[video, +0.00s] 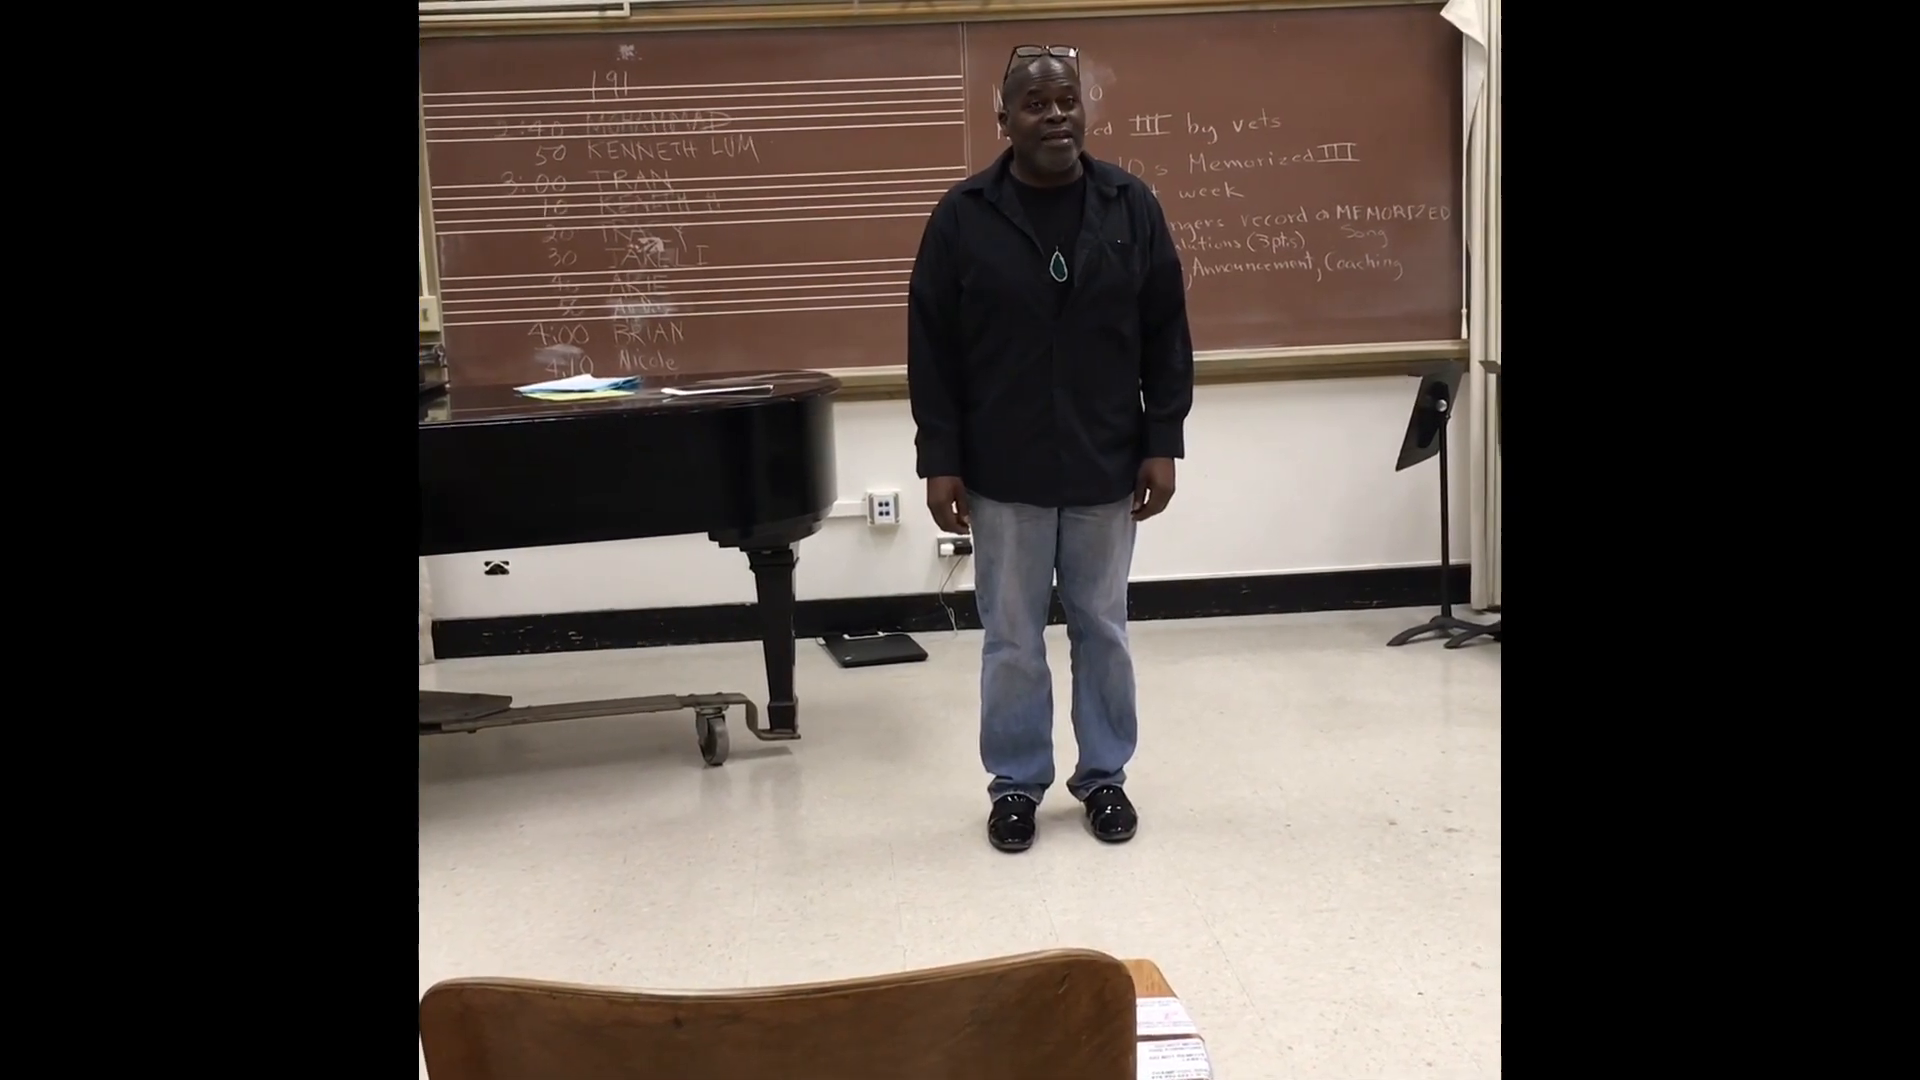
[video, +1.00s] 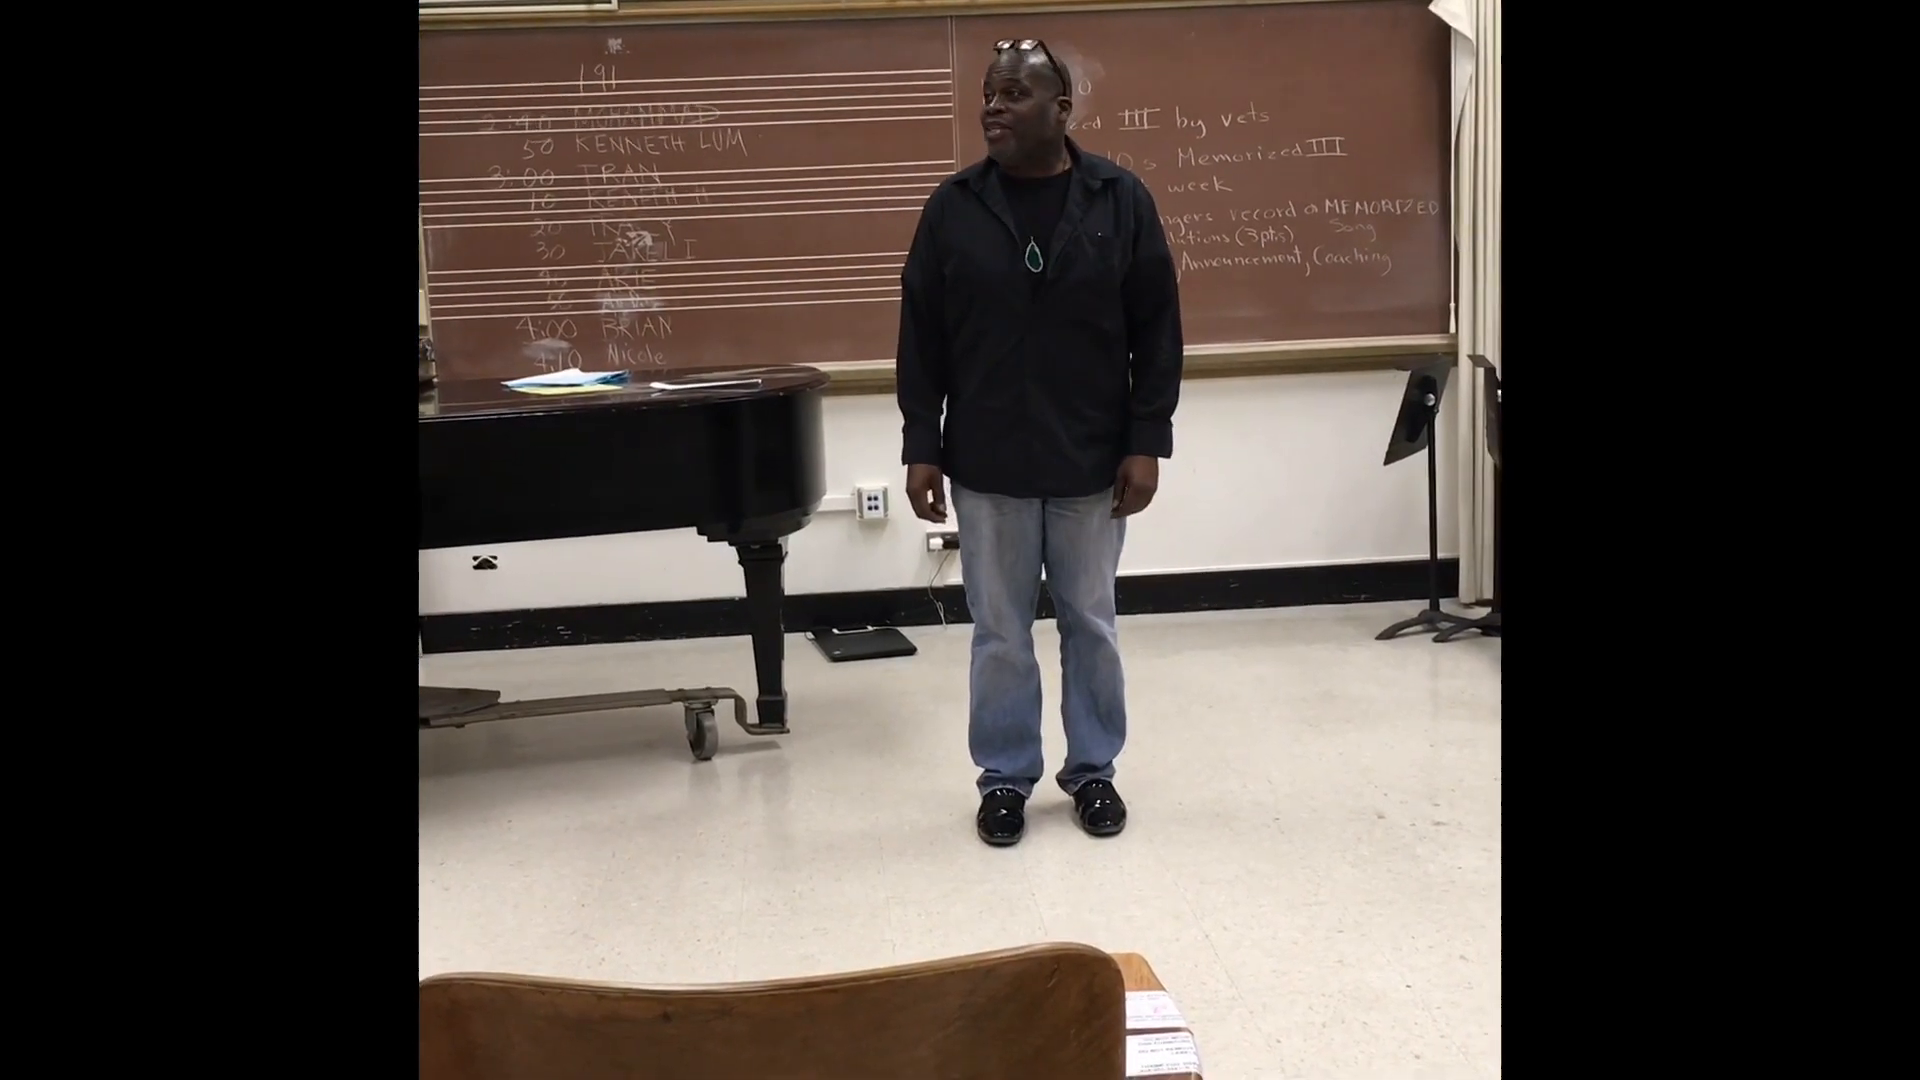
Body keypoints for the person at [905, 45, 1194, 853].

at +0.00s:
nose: (1055, 116)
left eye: (1068, 102)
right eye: (1036, 104)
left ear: (1086, 111)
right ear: (1005, 118)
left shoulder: (1131, 206)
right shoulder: (961, 216)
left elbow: (1166, 333)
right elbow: (931, 347)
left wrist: (1162, 446)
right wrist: (940, 463)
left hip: (1105, 457)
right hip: (1001, 462)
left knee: (1103, 629)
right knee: (1011, 636)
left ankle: (1104, 776)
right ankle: (1014, 782)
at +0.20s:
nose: (1046, 117)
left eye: (1061, 102)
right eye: (1028, 103)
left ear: (1083, 111)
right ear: (1001, 116)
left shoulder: (1129, 208)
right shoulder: (958, 215)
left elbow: (1164, 334)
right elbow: (927, 346)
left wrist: (1159, 446)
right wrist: (937, 461)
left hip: (1102, 459)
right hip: (998, 464)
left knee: (1099, 629)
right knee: (1008, 637)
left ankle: (1101, 776)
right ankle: (1011, 784)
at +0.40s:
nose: (1029, 115)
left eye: (1047, 101)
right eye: (1014, 101)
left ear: (1078, 109)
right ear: (995, 113)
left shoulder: (1126, 206)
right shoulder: (955, 213)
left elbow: (1162, 333)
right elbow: (924, 344)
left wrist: (1157, 445)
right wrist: (931, 459)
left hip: (1097, 457)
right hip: (993, 462)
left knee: (1096, 628)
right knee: (1004, 635)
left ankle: (1098, 776)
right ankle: (1007, 784)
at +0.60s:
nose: (1013, 111)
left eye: (1033, 99)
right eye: (1003, 98)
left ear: (1072, 111)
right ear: (989, 111)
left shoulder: (1122, 205)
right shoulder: (952, 212)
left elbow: (1159, 332)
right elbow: (921, 342)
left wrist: (1153, 446)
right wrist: (928, 457)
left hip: (1094, 456)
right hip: (990, 461)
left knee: (1093, 627)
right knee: (1001, 634)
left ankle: (1095, 775)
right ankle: (1005, 782)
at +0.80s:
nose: (1002, 107)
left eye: (1021, 94)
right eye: (994, 95)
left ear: (1066, 106)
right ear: (983, 107)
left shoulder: (1119, 202)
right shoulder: (950, 209)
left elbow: (1156, 329)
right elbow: (918, 336)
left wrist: (1147, 445)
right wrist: (923, 453)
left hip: (1091, 454)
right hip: (987, 457)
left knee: (1090, 625)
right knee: (998, 631)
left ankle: (1091, 772)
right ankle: (1002, 778)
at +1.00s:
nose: (994, 107)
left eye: (1013, 95)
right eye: (990, 95)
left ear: (1063, 107)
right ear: (984, 106)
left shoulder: (1120, 200)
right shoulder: (953, 207)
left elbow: (1156, 330)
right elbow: (921, 334)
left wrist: (1146, 445)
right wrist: (921, 449)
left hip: (1091, 452)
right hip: (988, 454)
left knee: (1090, 623)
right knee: (1000, 629)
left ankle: (1093, 771)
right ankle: (1003, 777)